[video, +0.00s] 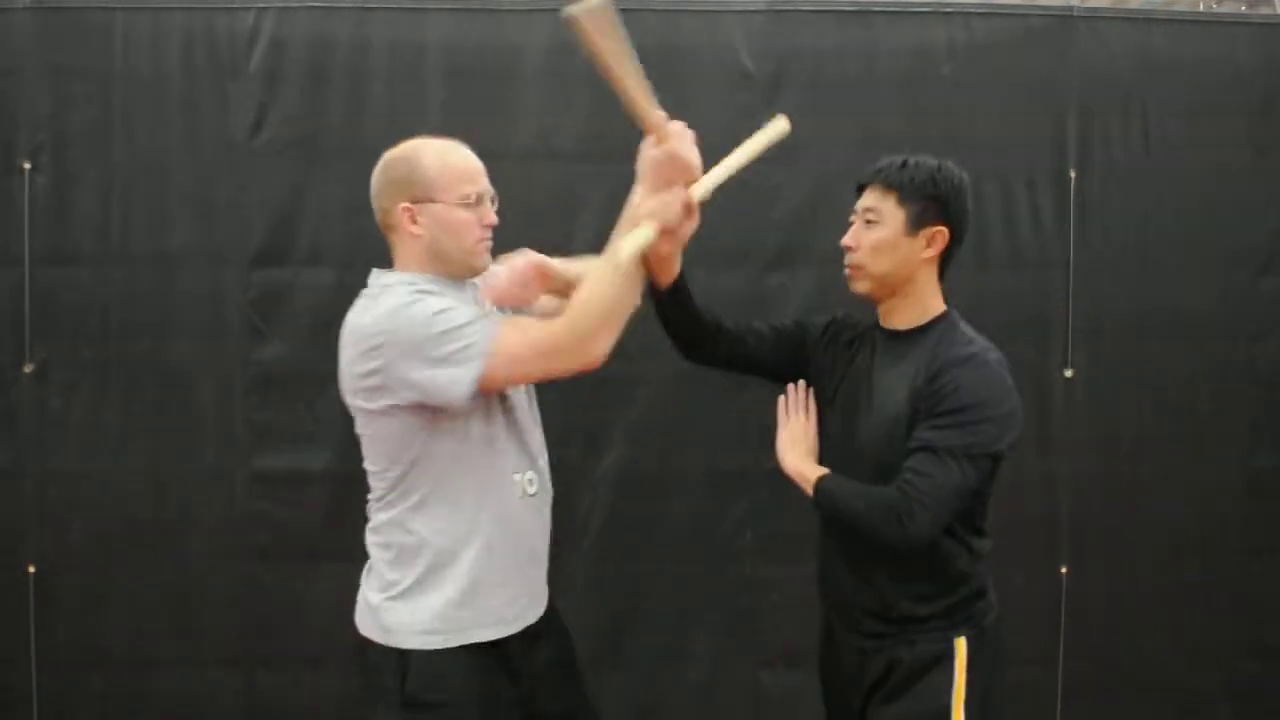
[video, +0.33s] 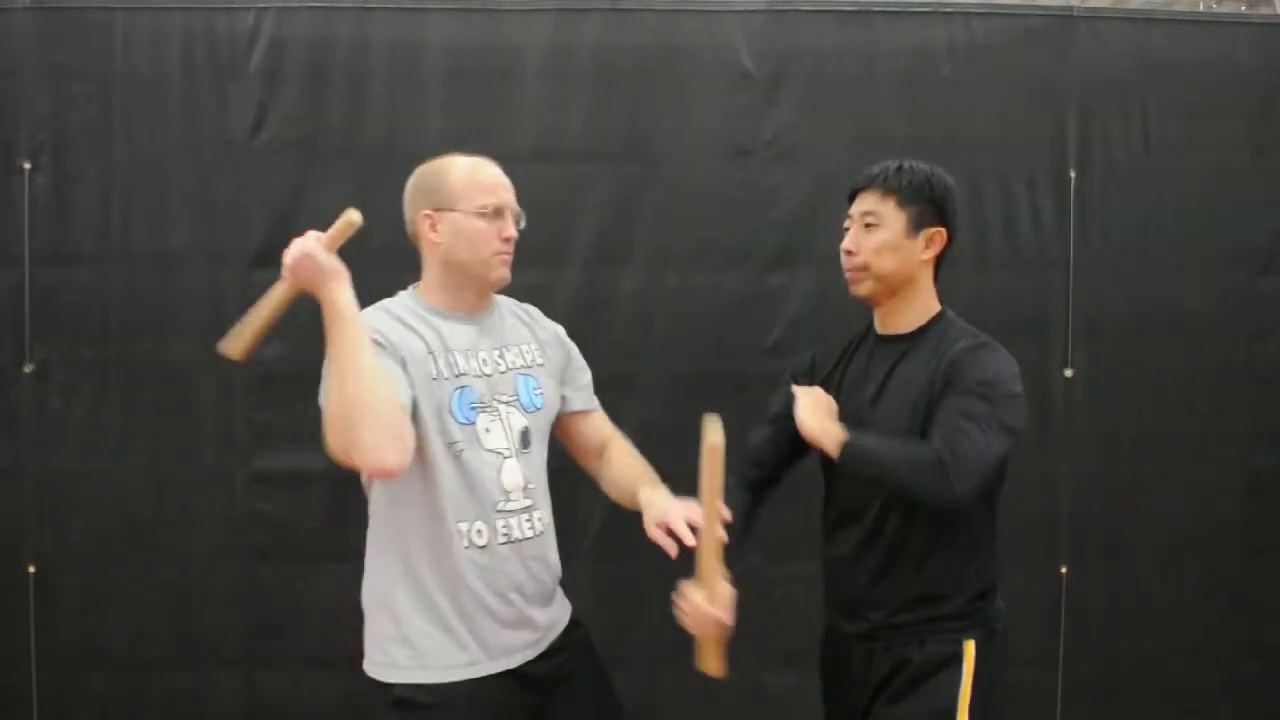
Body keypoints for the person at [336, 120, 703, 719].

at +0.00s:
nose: (493, 217)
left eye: (490, 201)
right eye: (473, 203)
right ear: (412, 219)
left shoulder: (487, 293)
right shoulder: (390, 321)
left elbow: (604, 292)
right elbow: (578, 346)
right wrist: (645, 211)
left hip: (526, 627)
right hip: (432, 649)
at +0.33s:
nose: (512, 231)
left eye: (513, 216)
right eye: (491, 215)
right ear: (431, 227)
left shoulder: (540, 335)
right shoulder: (381, 334)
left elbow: (601, 446)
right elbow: (379, 452)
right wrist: (335, 295)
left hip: (548, 641)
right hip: (435, 670)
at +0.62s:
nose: (569, 229)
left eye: (567, 215)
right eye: (553, 211)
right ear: (498, 217)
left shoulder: (524, 322)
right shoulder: (467, 307)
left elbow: (535, 471)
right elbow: (626, 338)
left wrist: (618, 448)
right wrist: (653, 186)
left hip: (558, 627)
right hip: (474, 636)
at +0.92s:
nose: (590, 237)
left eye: (588, 221)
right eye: (578, 218)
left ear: (524, 223)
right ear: (526, 221)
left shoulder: (472, 319)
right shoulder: (548, 310)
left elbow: (531, 463)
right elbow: (704, 362)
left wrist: (607, 425)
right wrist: (790, 329)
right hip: (495, 633)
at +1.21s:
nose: (556, 228)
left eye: (552, 212)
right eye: (543, 211)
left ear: (487, 225)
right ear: (490, 224)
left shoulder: (439, 312)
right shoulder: (534, 329)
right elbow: (646, 430)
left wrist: (649, 343)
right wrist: (689, 423)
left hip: (437, 631)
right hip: (510, 644)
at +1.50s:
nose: (512, 213)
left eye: (507, 195)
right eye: (493, 197)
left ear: (436, 219)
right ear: (432, 216)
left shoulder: (480, 281)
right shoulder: (428, 311)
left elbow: (600, 258)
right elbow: (613, 335)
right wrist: (652, 289)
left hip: (527, 622)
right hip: (443, 641)